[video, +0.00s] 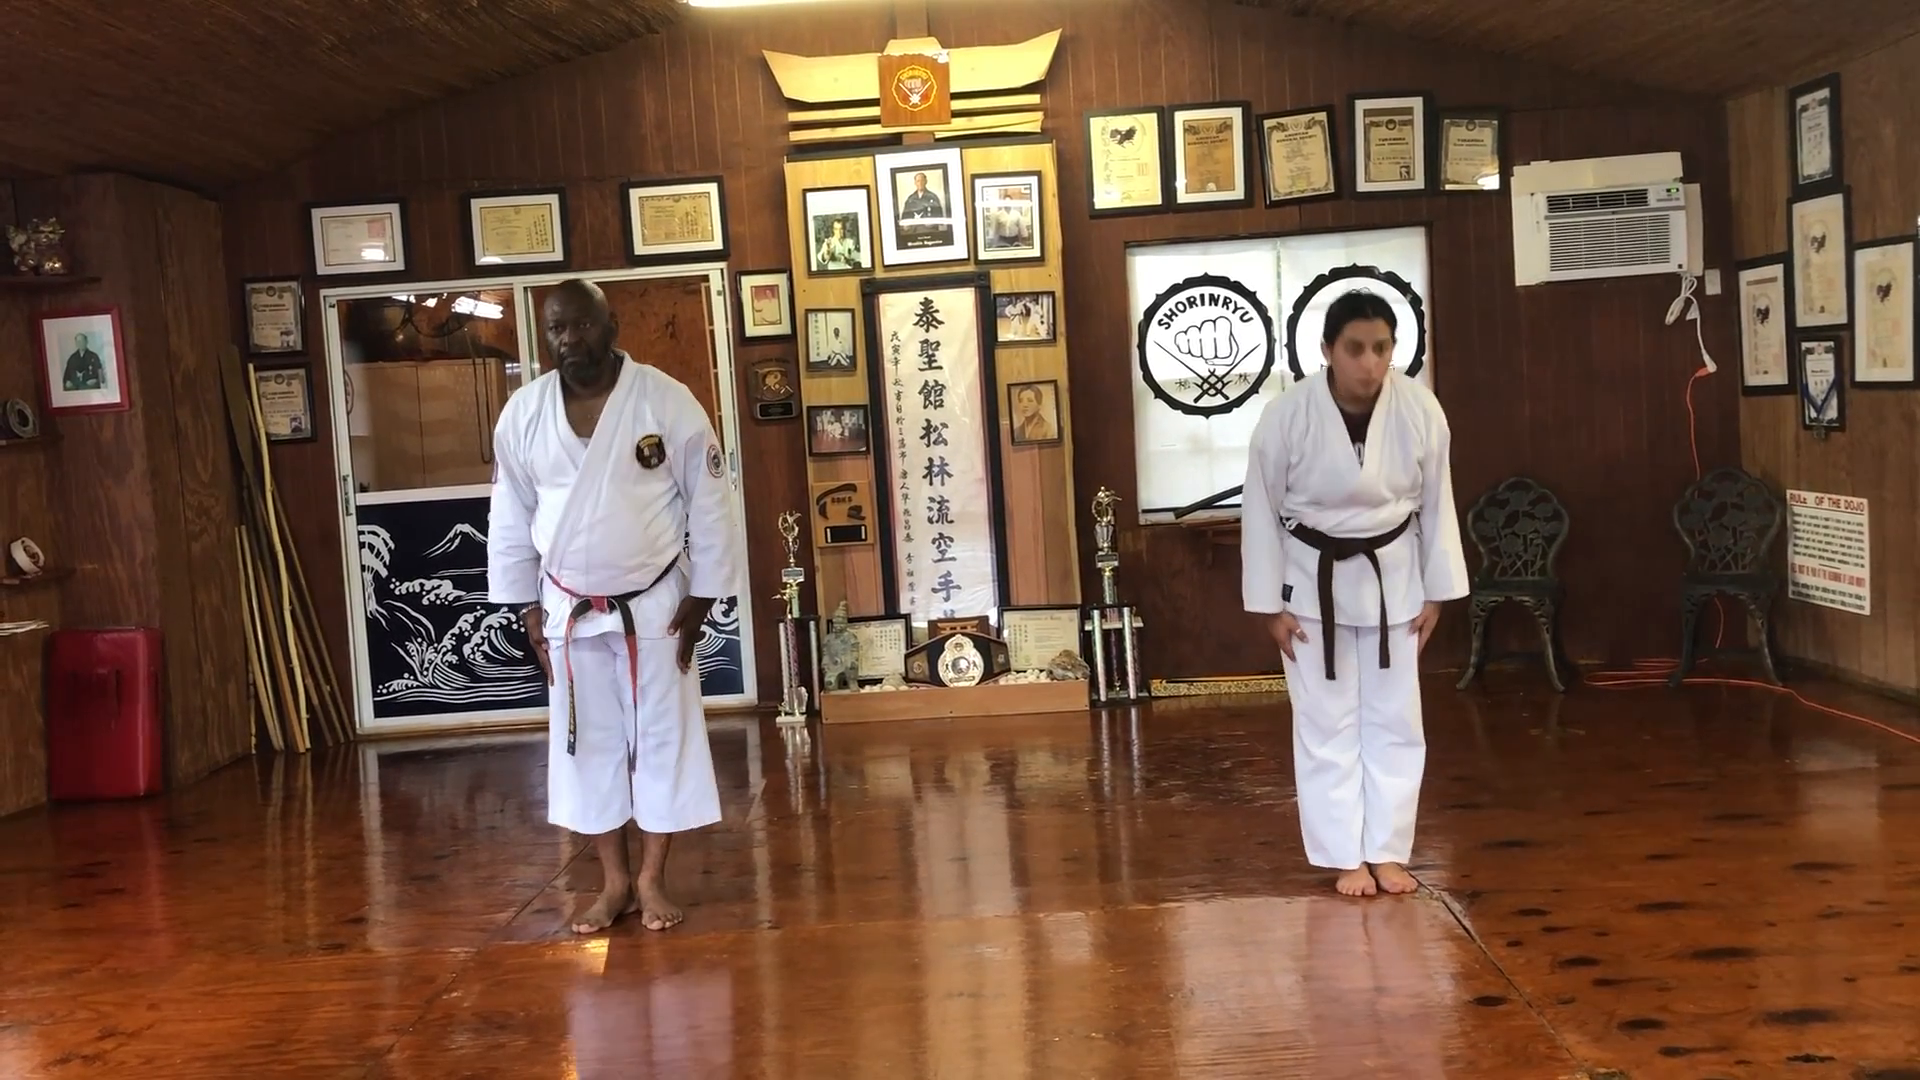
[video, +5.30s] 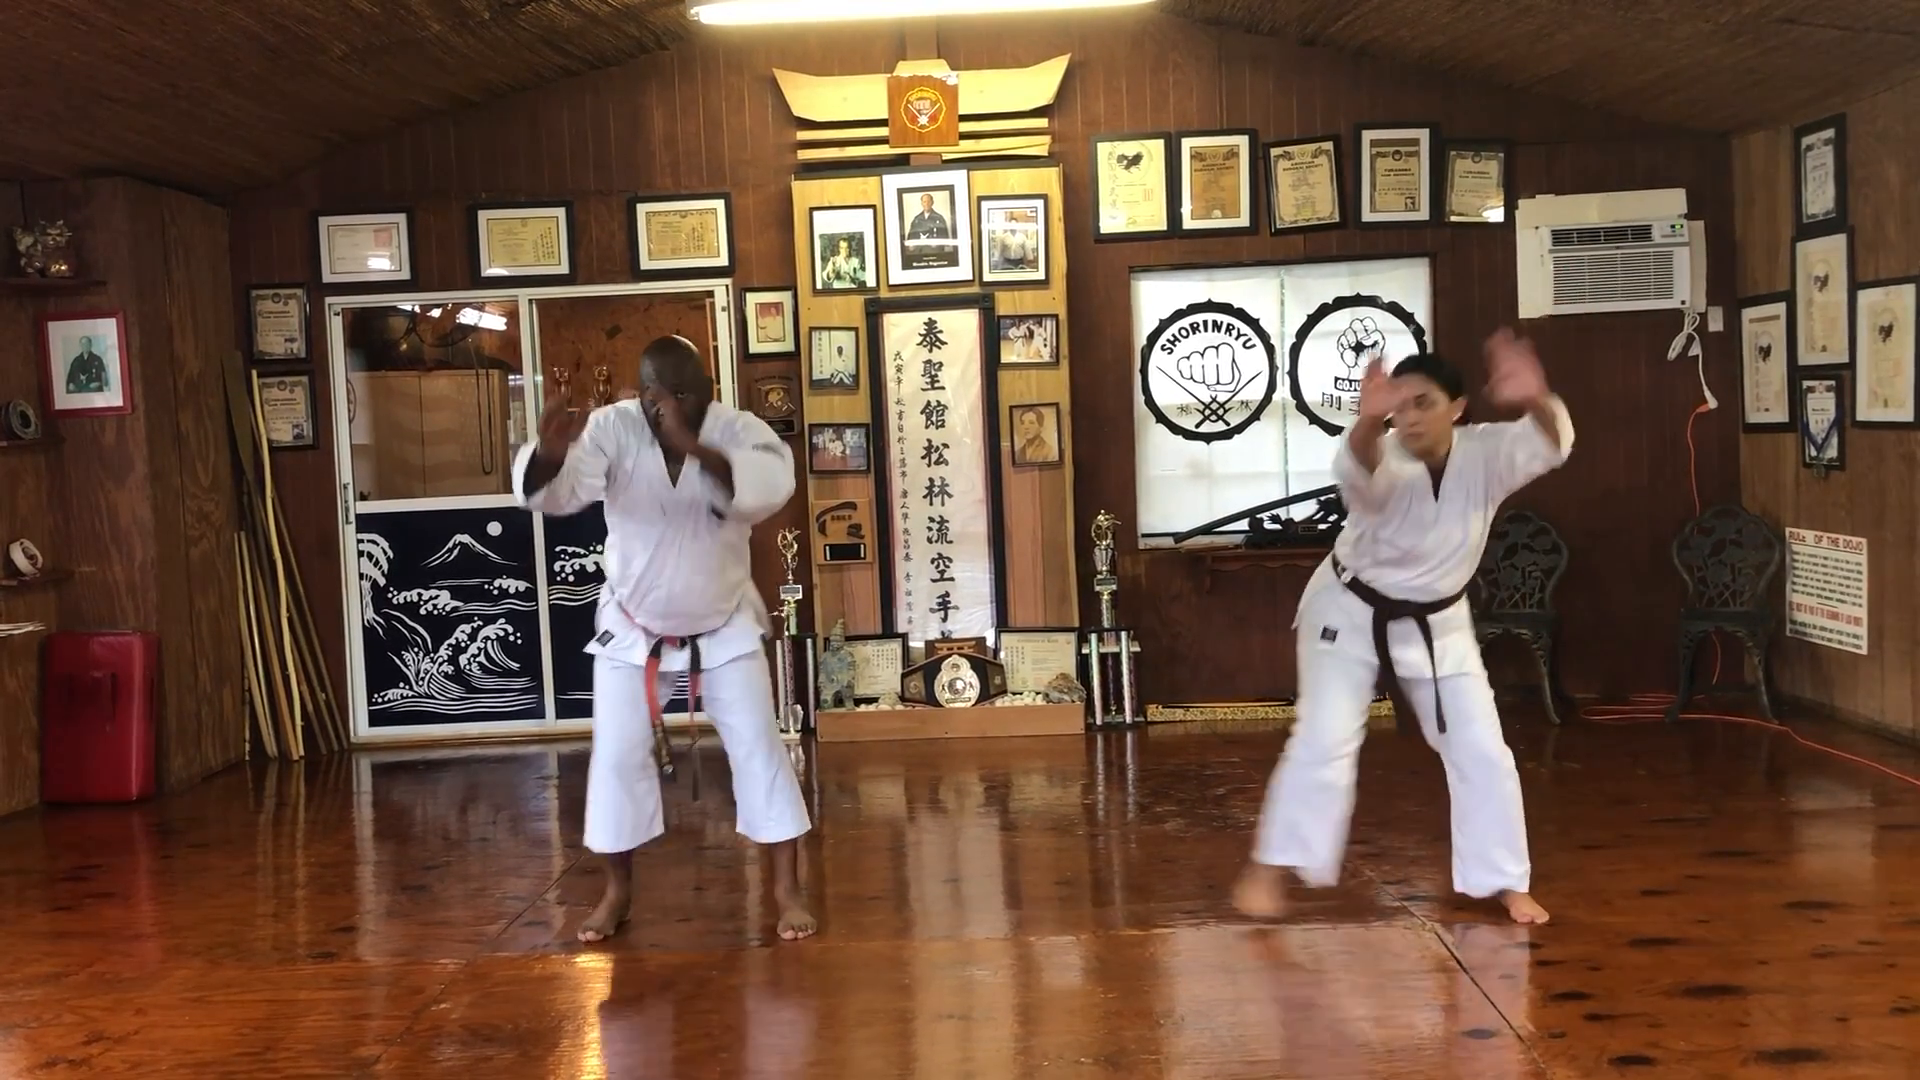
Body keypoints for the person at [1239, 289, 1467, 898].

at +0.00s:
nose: (1371, 363)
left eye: (1381, 349)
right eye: (1357, 349)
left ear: (1393, 352)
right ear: (1328, 352)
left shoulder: (1420, 410)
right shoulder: (1287, 415)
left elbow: (1437, 506)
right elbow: (1260, 511)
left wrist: (1435, 594)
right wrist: (1270, 604)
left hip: (1394, 568)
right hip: (1312, 570)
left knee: (1394, 715)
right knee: (1328, 718)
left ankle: (1388, 853)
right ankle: (1346, 858)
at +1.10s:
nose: (1375, 313)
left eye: (1386, 301)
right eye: (1360, 301)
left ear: (1398, 313)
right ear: (1334, 312)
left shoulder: (1429, 387)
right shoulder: (1298, 396)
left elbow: (1458, 487)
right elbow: (1276, 497)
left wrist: (1478, 570)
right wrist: (1283, 586)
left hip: (1425, 563)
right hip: (1335, 567)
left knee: (1455, 710)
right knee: (1345, 721)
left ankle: (1480, 844)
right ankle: (1356, 860)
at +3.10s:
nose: (1438, 354)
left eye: (1448, 342)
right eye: (1423, 342)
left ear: (1461, 352)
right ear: (1397, 352)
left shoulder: (1493, 428)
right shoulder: (1361, 435)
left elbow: (1521, 525)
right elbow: (1339, 530)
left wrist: (1536, 610)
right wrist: (1344, 614)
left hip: (1485, 609)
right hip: (1390, 611)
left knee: (1498, 763)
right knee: (1375, 763)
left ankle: (1513, 895)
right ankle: (1358, 900)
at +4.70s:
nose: (1441, 347)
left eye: (1451, 335)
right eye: (1426, 336)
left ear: (1463, 346)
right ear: (1399, 348)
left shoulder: (1496, 418)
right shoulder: (1368, 424)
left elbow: (1542, 504)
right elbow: (1329, 519)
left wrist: (1529, 578)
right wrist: (1381, 584)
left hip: (1481, 594)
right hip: (1388, 594)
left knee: (1499, 750)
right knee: (1374, 752)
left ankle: (1510, 889)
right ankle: (1357, 891)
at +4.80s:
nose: (1451, 352)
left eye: (1460, 341)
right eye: (1436, 342)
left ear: (1473, 354)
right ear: (1407, 356)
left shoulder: (1503, 406)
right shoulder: (1372, 415)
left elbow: (1588, 431)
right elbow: (1369, 443)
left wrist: (1564, 454)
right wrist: (1421, 462)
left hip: (1470, 585)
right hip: (1380, 586)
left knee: (1490, 732)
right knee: (1371, 735)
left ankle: (1512, 878)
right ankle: (1349, 881)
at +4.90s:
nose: (1457, 386)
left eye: (1467, 374)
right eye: (1445, 376)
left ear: (1481, 385)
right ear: (1420, 386)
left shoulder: (1498, 434)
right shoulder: (1389, 446)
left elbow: (1539, 403)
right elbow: (1394, 419)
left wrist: (1577, 348)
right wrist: (1423, 366)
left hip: (1471, 590)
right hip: (1380, 590)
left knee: (1486, 732)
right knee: (1371, 735)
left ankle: (1509, 881)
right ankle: (1348, 881)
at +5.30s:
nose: (1407, 419)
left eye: (1421, 403)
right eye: (1398, 410)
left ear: (1456, 408)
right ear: (1390, 417)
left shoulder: (1486, 453)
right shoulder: (1383, 462)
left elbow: (1550, 443)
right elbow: (1364, 476)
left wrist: (1540, 400)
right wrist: (1368, 425)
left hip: (1438, 615)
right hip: (1350, 607)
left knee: (1481, 746)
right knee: (1326, 735)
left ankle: (1508, 882)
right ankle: (1270, 866)